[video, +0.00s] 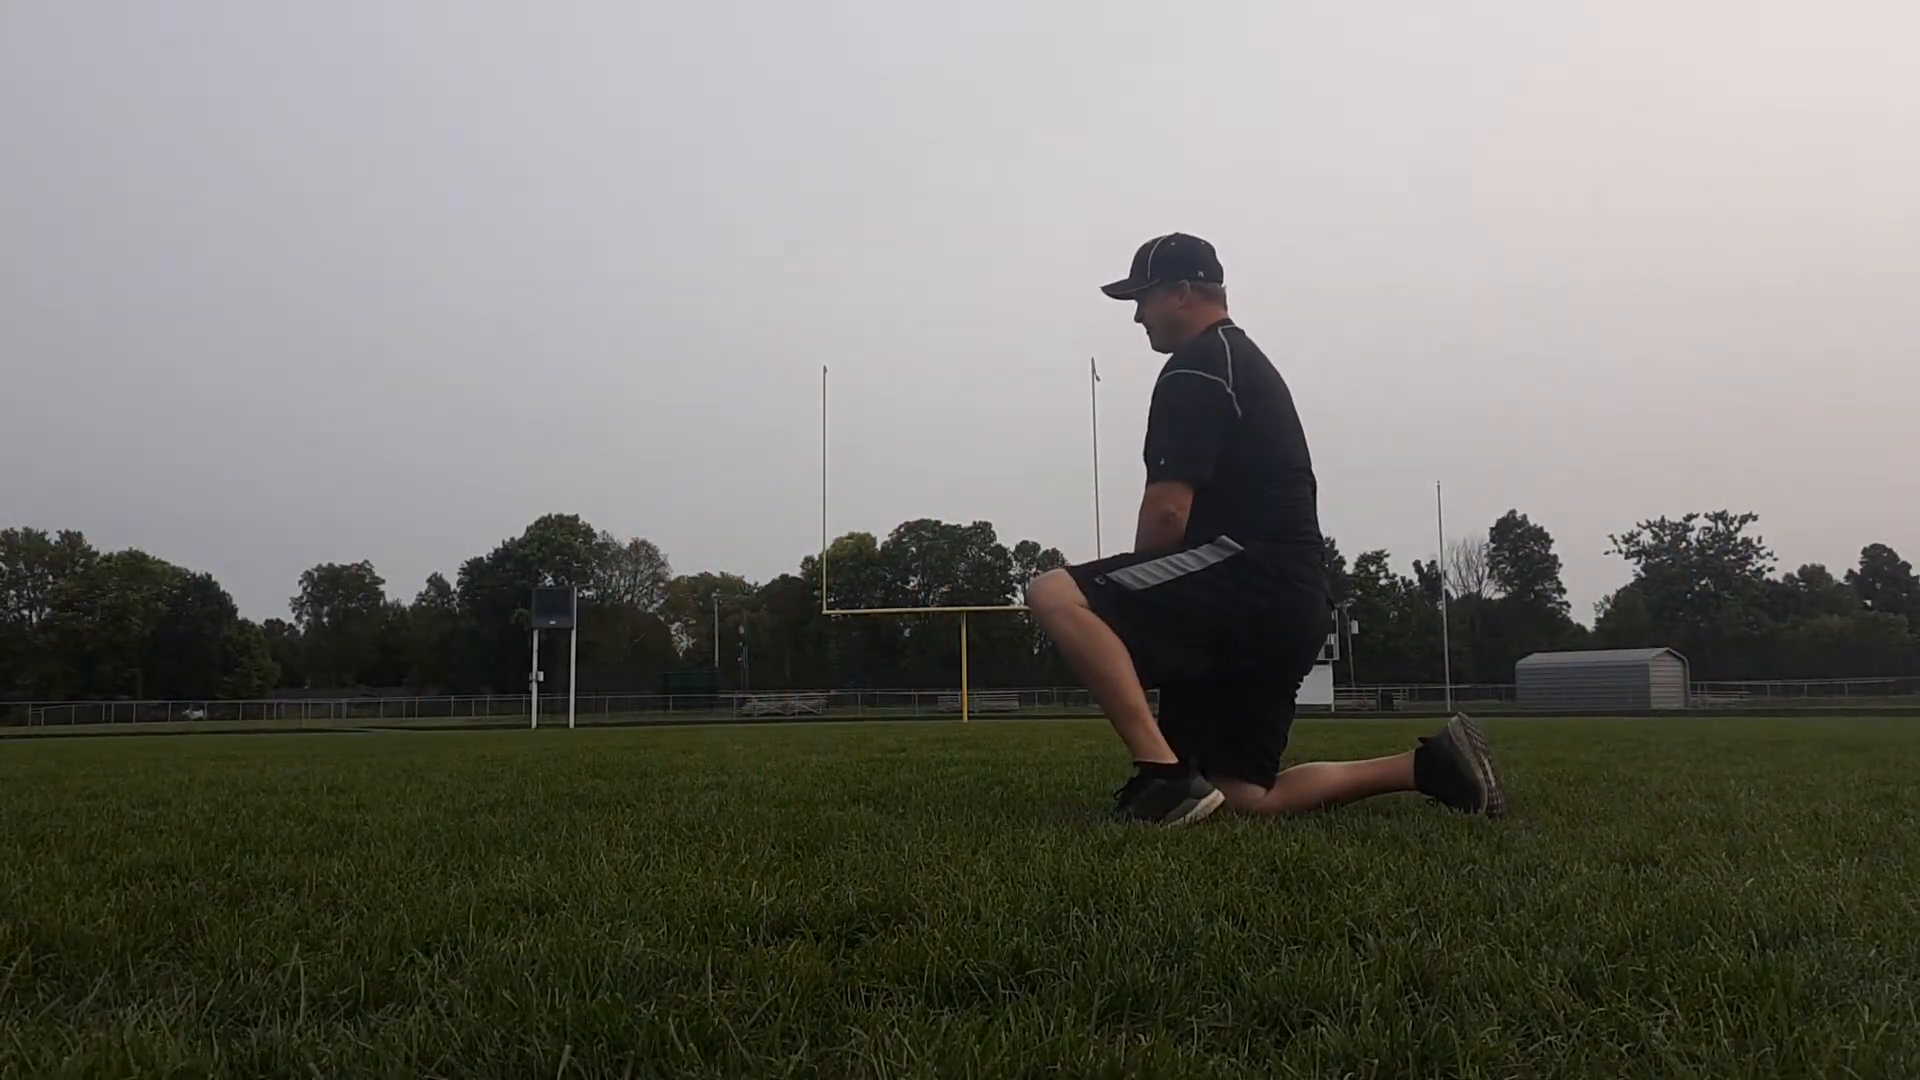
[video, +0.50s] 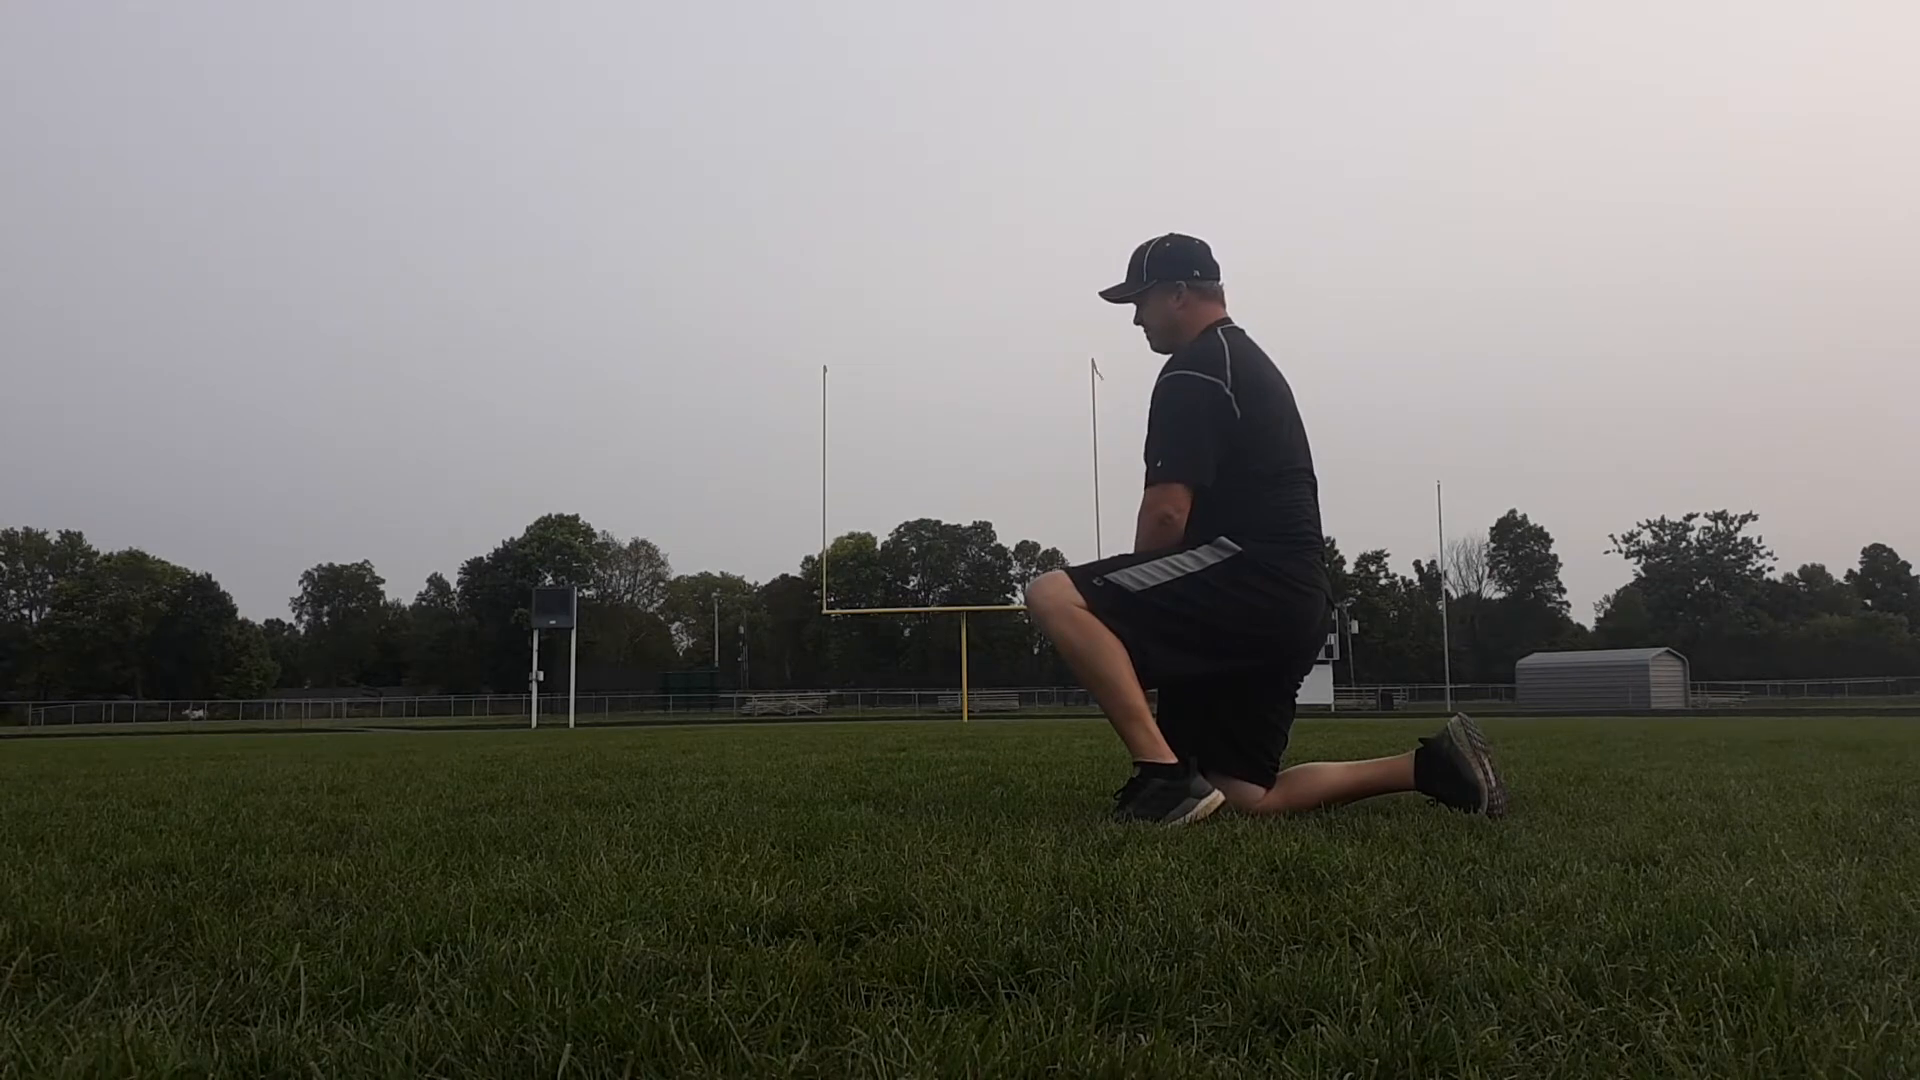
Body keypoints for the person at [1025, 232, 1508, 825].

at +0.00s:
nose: (1137, 314)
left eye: (1142, 298)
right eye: (1135, 301)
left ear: (1182, 294)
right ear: (1198, 295)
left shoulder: (1197, 364)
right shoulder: (1246, 362)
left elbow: (1166, 509)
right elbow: (1242, 509)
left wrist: (1137, 604)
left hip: (1248, 572)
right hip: (1294, 593)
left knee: (1056, 593)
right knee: (1234, 794)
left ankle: (1163, 775)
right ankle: (1426, 768)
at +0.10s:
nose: (1137, 315)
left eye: (1142, 299)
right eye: (1135, 302)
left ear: (1181, 293)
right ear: (1198, 294)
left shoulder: (1197, 365)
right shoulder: (1247, 362)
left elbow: (1166, 510)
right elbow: (1242, 510)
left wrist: (1137, 605)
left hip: (1249, 572)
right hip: (1295, 593)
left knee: (1056, 594)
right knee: (1236, 794)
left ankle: (1163, 776)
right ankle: (1426, 768)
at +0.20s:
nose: (1137, 315)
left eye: (1142, 299)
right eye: (1135, 302)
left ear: (1180, 293)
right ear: (1198, 293)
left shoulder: (1198, 363)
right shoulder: (1248, 361)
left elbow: (1166, 509)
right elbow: (1244, 509)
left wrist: (1139, 604)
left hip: (1248, 573)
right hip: (1295, 595)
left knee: (1056, 594)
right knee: (1236, 794)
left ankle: (1163, 775)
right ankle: (1425, 769)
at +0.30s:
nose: (1137, 315)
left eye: (1142, 300)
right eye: (1135, 303)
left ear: (1180, 293)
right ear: (1199, 293)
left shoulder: (1198, 362)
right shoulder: (1248, 361)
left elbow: (1166, 509)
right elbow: (1243, 509)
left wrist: (1138, 604)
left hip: (1248, 573)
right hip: (1294, 595)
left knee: (1056, 594)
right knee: (1236, 794)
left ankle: (1163, 775)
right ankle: (1425, 769)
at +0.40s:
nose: (1136, 317)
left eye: (1141, 300)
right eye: (1134, 303)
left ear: (1180, 293)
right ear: (1198, 294)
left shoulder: (1197, 365)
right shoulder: (1247, 361)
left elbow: (1166, 508)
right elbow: (1239, 509)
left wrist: (1135, 604)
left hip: (1248, 573)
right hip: (1294, 595)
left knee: (1055, 595)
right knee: (1236, 793)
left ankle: (1164, 776)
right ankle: (1426, 769)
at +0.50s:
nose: (1136, 318)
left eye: (1141, 301)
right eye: (1134, 304)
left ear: (1180, 294)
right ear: (1198, 294)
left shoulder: (1196, 365)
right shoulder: (1248, 362)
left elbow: (1166, 509)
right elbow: (1238, 510)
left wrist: (1135, 607)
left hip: (1248, 573)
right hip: (1294, 596)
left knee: (1055, 594)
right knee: (1237, 793)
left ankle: (1163, 775)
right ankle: (1426, 769)